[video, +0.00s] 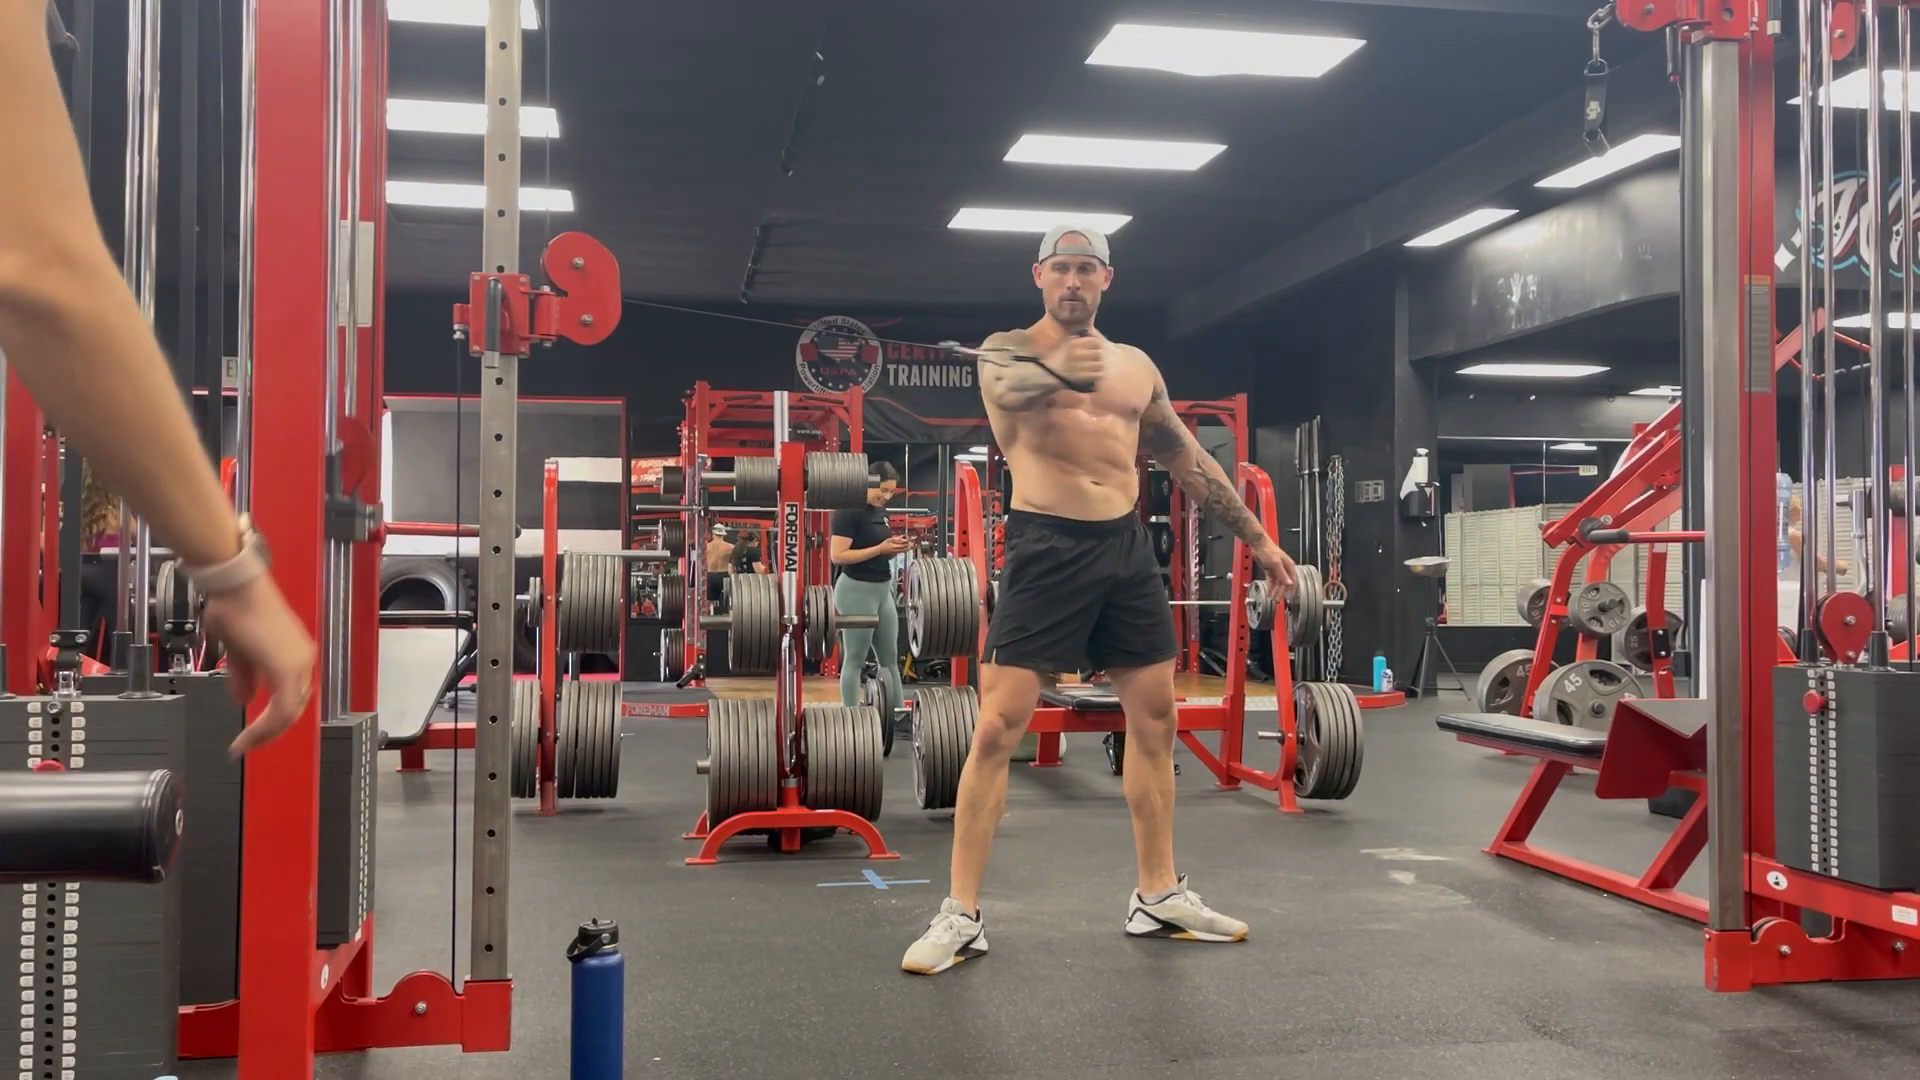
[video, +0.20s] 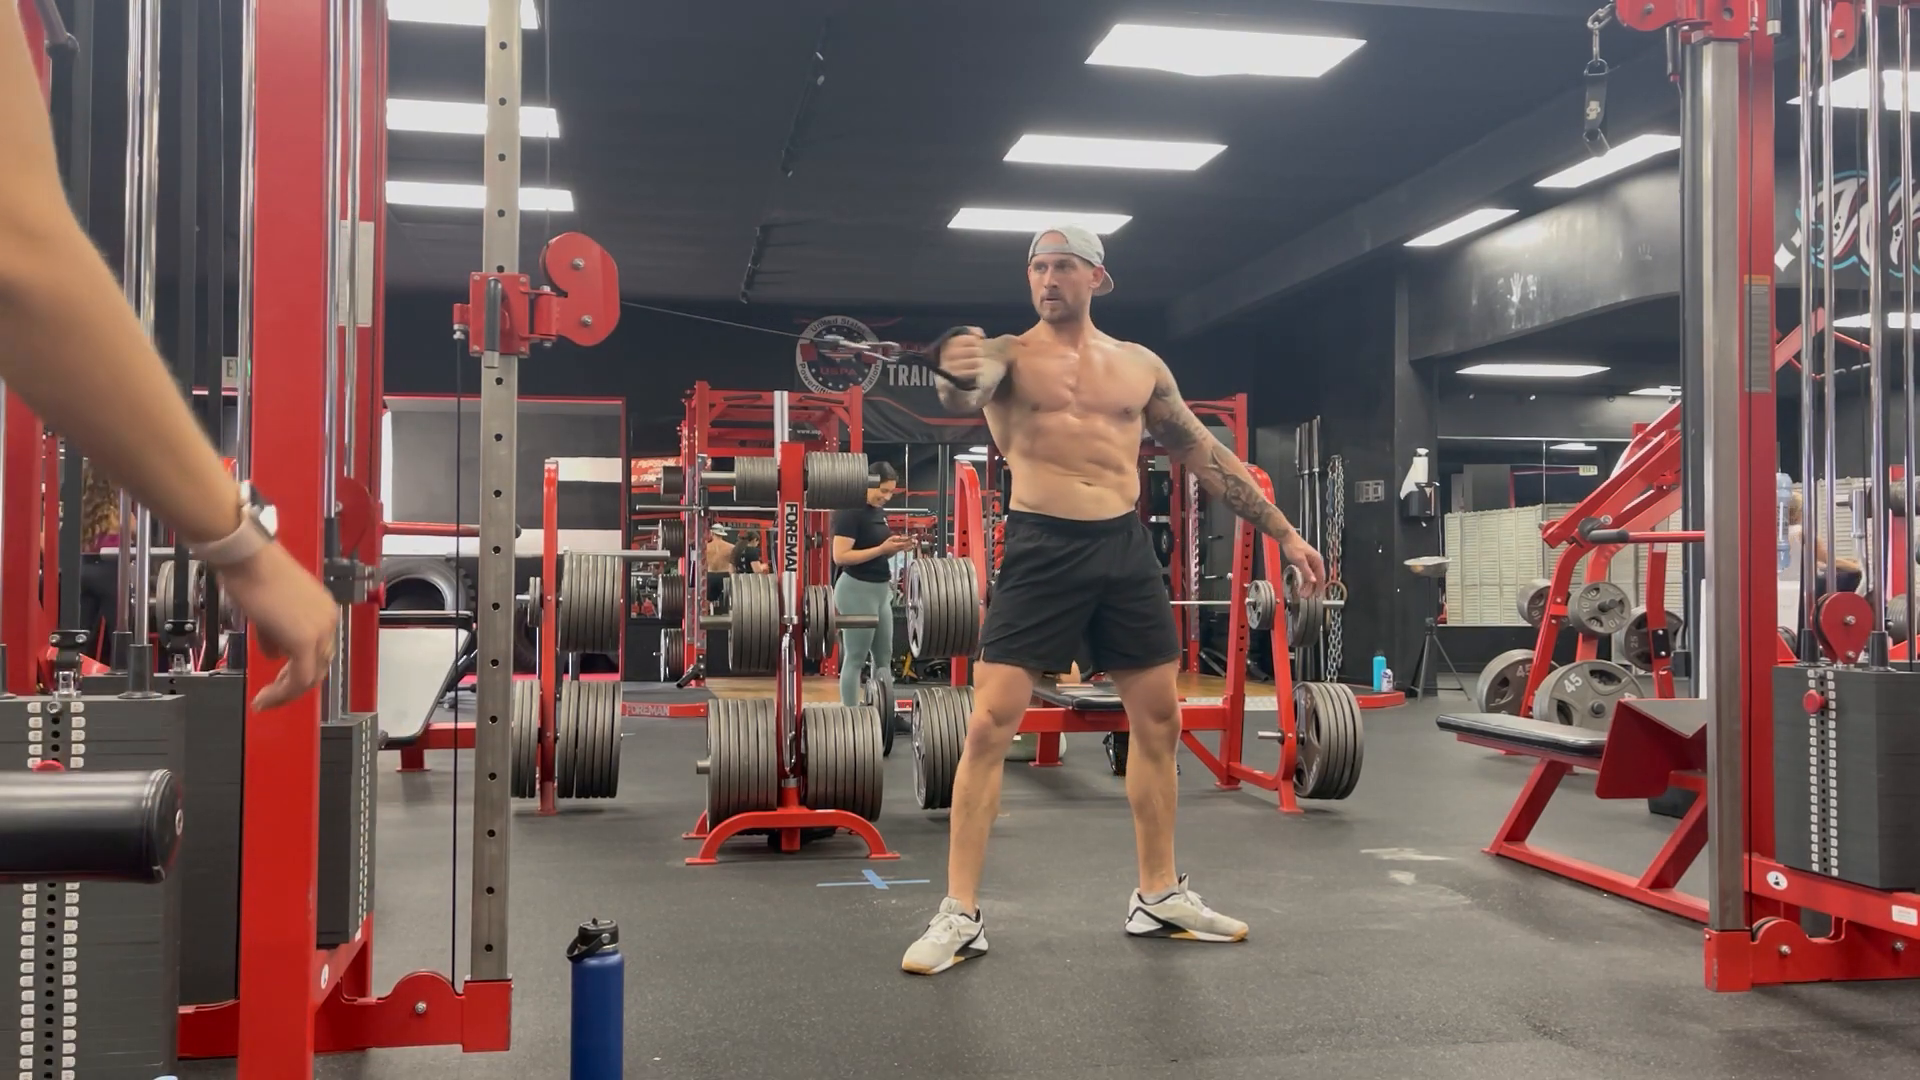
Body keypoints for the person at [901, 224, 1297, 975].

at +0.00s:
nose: (1074, 281)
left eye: (1086, 269)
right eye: (1062, 268)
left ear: (1107, 281)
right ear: (1039, 280)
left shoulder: (1138, 367)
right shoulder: (1004, 349)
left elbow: (1194, 465)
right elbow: (1009, 390)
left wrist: (1261, 542)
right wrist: (1067, 374)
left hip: (1127, 552)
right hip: (1043, 551)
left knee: (1155, 720)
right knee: (995, 730)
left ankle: (1157, 894)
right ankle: (961, 911)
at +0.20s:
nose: (1049, 276)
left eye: (1064, 264)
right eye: (1039, 265)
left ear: (1098, 280)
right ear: (1027, 280)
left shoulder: (1142, 366)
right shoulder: (1006, 353)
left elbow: (1212, 458)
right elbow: (968, 381)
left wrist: (1287, 532)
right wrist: (955, 367)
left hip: (1126, 550)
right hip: (1037, 550)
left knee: (1159, 721)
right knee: (988, 725)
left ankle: (1158, 896)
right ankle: (960, 910)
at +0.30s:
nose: (1042, 277)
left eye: (1057, 264)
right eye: (1033, 266)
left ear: (1093, 277)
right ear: (1024, 281)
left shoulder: (1143, 364)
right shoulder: (1000, 353)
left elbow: (1217, 454)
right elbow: (945, 396)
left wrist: (1296, 529)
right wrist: (925, 373)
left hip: (1124, 549)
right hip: (1033, 550)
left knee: (1159, 721)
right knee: (984, 726)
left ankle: (1158, 895)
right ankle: (959, 910)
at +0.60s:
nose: (1064, 271)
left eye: (1078, 260)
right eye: (1051, 260)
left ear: (1102, 279)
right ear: (1032, 278)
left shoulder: (1145, 365)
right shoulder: (1008, 349)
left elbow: (1216, 458)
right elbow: (964, 371)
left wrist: (1293, 531)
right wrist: (956, 362)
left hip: (1124, 551)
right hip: (1036, 549)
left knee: (1163, 718)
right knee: (986, 725)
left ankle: (1159, 895)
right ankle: (958, 910)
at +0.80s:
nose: (1087, 273)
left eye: (1098, 263)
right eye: (1072, 260)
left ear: (1110, 281)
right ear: (1041, 275)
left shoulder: (1130, 364)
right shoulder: (1008, 346)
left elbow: (1191, 467)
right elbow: (1017, 390)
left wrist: (1256, 543)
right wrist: (1094, 374)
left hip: (1121, 552)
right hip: (1037, 548)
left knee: (1157, 716)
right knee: (989, 728)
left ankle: (1159, 894)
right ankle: (959, 909)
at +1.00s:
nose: (1103, 276)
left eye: (1111, 266)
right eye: (1089, 262)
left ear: (1116, 280)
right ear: (1047, 273)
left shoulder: (1122, 372)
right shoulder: (1016, 348)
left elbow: (1149, 469)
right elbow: (1085, 387)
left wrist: (1201, 549)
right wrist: (1208, 383)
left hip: (1118, 554)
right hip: (1042, 549)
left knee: (1154, 717)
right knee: (999, 731)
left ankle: (1159, 894)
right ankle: (959, 910)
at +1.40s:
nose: (1127, 288)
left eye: (1129, 277)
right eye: (1117, 274)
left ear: (1086, 278)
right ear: (1073, 274)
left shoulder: (1091, 350)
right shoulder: (1060, 340)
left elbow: (1174, 397)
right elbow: (1171, 392)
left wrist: (1260, 396)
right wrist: (1278, 399)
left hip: (1114, 555)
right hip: (1053, 549)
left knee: (1147, 720)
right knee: (1012, 736)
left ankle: (1159, 894)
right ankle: (959, 911)